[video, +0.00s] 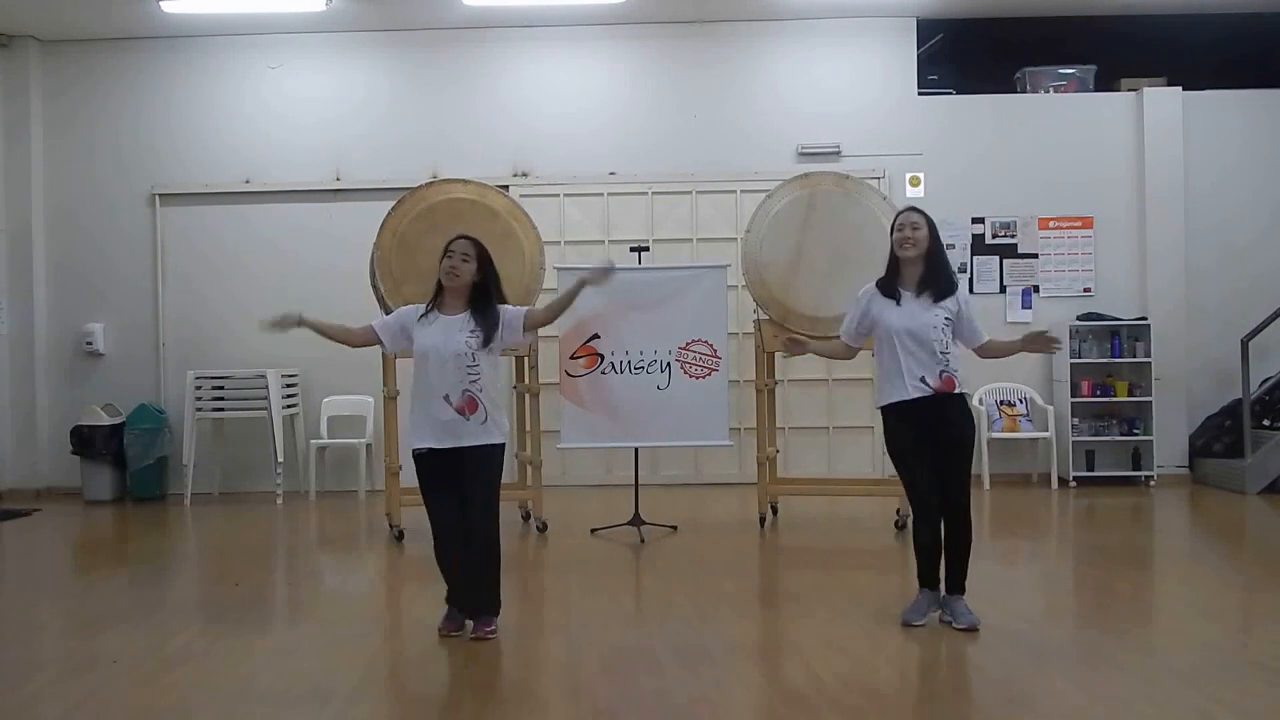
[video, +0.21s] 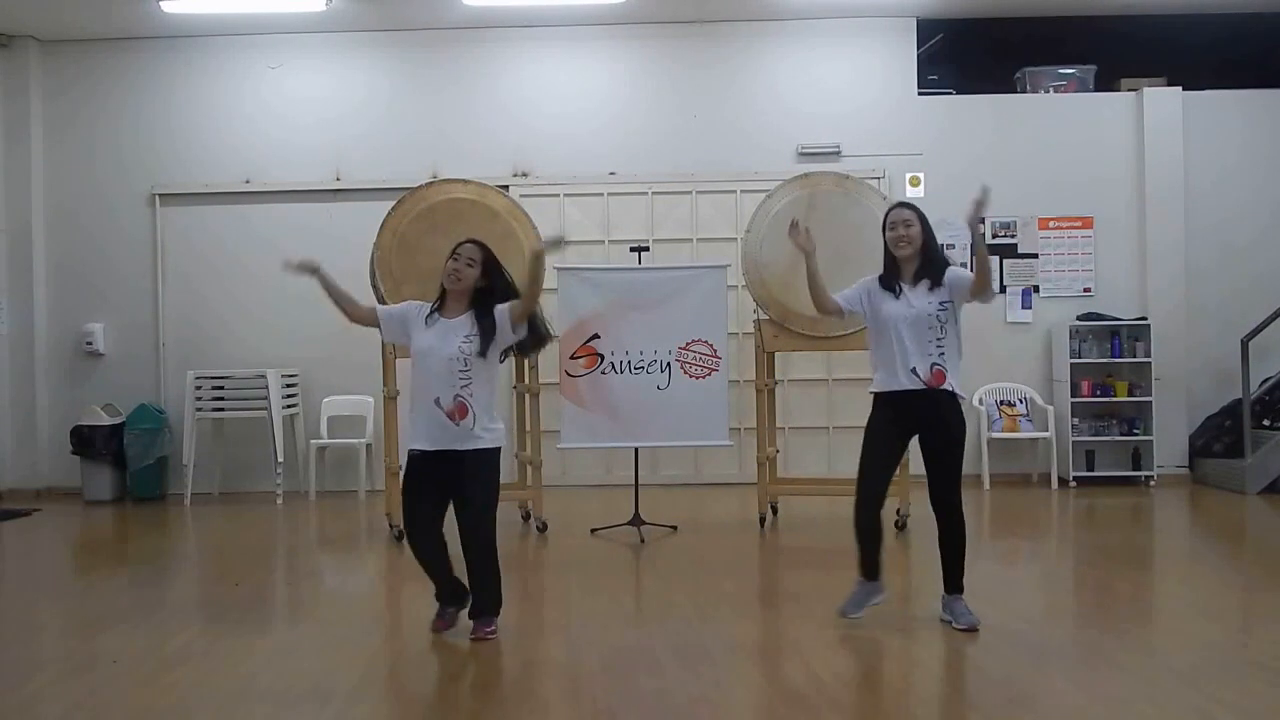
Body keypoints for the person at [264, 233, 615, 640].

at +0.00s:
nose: (454, 262)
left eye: (465, 258)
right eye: (449, 255)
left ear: (479, 273)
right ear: (438, 265)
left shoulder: (491, 317)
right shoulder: (413, 317)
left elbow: (543, 314)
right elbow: (356, 336)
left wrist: (580, 285)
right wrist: (307, 322)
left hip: (483, 440)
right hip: (430, 442)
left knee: (481, 527)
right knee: (445, 529)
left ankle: (485, 612)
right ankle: (457, 603)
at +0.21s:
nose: (458, 266)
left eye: (469, 263)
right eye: (455, 258)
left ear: (481, 278)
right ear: (443, 267)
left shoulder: (491, 319)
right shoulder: (416, 315)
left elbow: (527, 302)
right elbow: (359, 313)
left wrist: (535, 261)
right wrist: (321, 275)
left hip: (478, 449)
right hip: (426, 449)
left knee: (477, 535)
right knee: (420, 534)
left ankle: (485, 613)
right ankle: (451, 595)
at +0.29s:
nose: (453, 265)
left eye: (465, 262)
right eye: (450, 257)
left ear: (479, 278)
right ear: (440, 266)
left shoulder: (486, 318)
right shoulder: (415, 313)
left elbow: (509, 289)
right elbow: (362, 297)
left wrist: (505, 233)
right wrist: (336, 252)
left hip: (474, 446)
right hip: (422, 445)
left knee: (475, 531)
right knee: (406, 525)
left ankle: (485, 613)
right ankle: (434, 596)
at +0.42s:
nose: (437, 263)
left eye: (447, 260)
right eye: (435, 255)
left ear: (464, 273)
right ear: (425, 266)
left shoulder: (472, 316)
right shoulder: (405, 311)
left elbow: (470, 273)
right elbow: (365, 281)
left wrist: (443, 224)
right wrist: (376, 234)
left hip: (460, 443)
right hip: (409, 443)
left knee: (470, 533)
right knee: (388, 534)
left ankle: (484, 614)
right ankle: (380, 615)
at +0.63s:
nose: (412, 268)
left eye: (422, 265)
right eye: (407, 260)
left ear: (435, 280)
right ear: (395, 270)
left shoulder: (443, 323)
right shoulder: (374, 317)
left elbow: (458, 282)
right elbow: (333, 288)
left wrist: (431, 241)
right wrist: (355, 246)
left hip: (428, 449)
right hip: (375, 448)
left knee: (447, 535)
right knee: (368, 539)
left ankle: (480, 612)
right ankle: (364, 620)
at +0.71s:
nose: (400, 267)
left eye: (411, 263)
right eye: (395, 260)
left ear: (423, 277)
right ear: (381, 269)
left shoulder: (434, 321)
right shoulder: (357, 317)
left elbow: (467, 289)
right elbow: (304, 294)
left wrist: (462, 237)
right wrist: (295, 245)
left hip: (417, 447)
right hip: (363, 447)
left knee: (428, 531)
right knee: (361, 538)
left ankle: (465, 609)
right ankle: (364, 621)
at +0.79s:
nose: (394, 267)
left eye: (404, 262)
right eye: (387, 260)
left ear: (416, 275)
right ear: (374, 270)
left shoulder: (429, 320)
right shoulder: (348, 318)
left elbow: (472, 294)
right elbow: (290, 303)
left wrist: (489, 246)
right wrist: (259, 260)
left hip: (412, 446)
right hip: (358, 447)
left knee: (416, 532)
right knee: (357, 538)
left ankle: (444, 608)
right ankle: (365, 620)